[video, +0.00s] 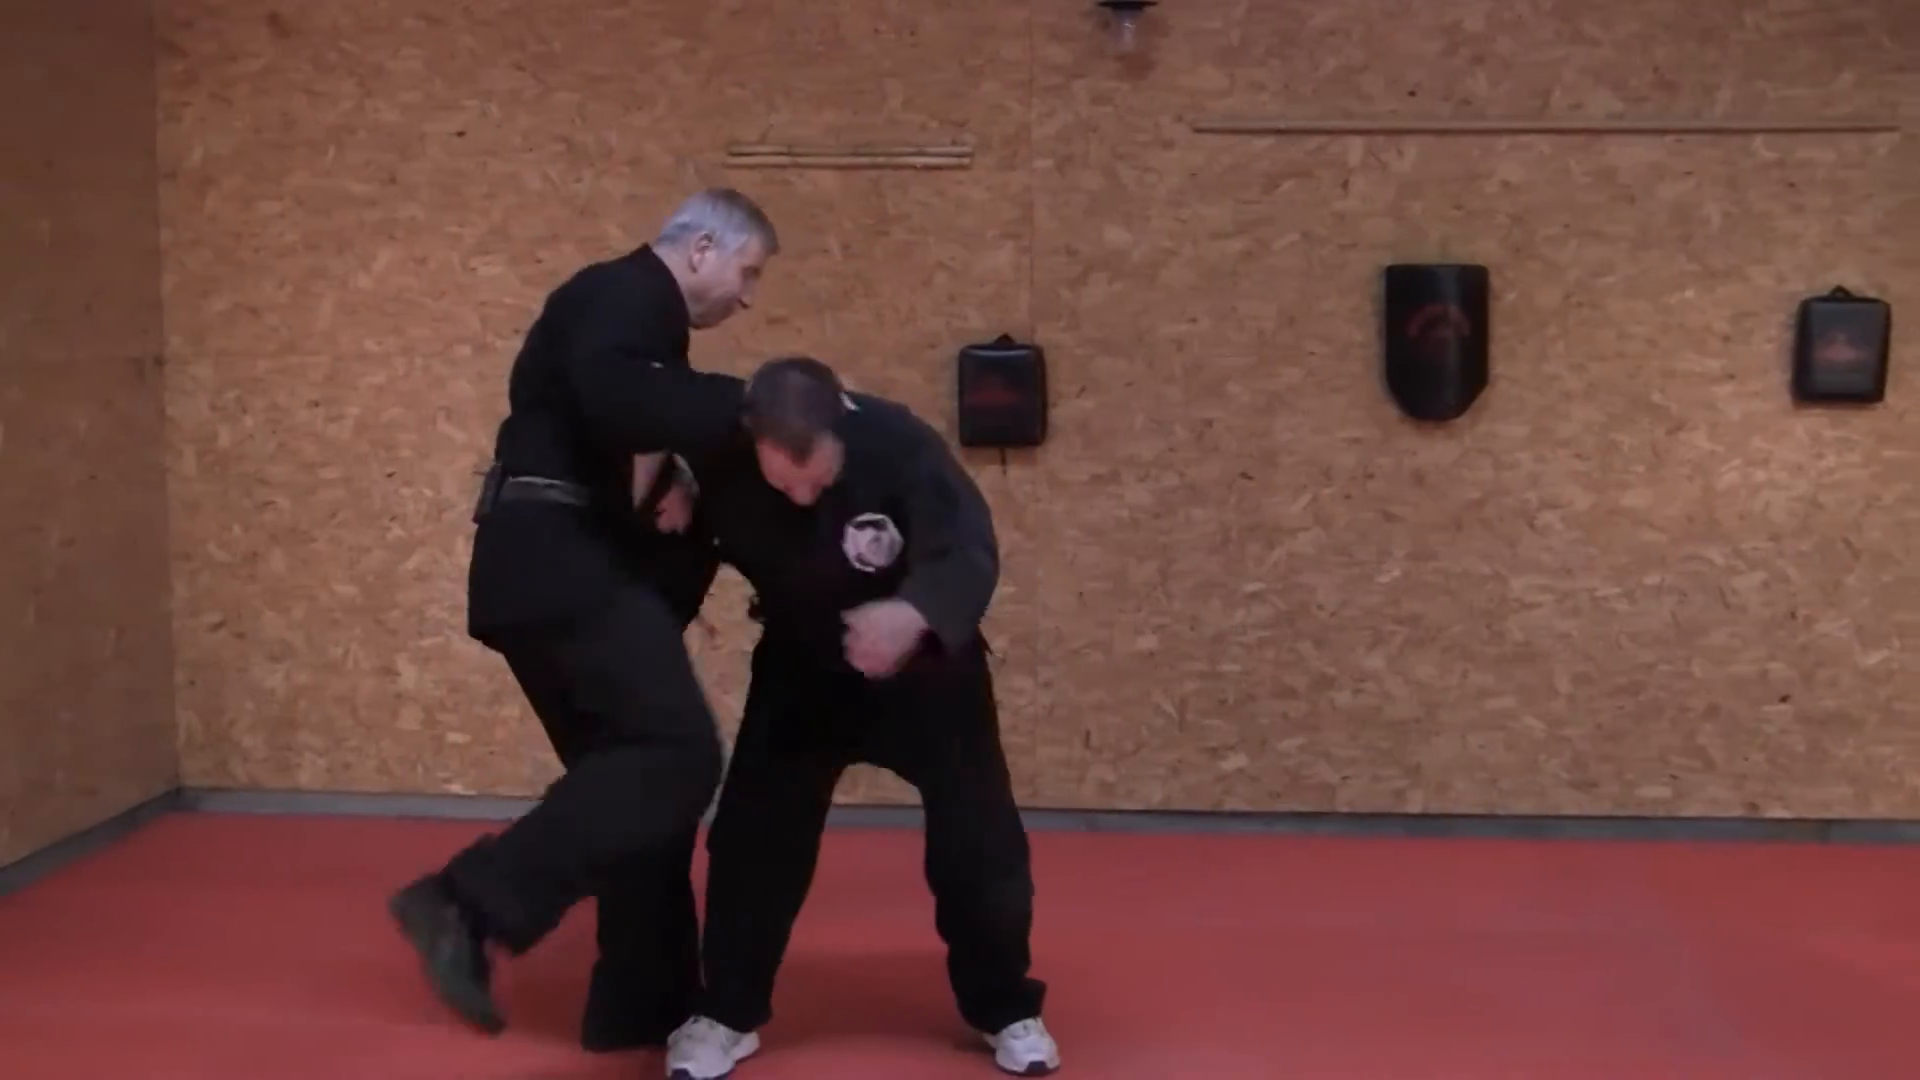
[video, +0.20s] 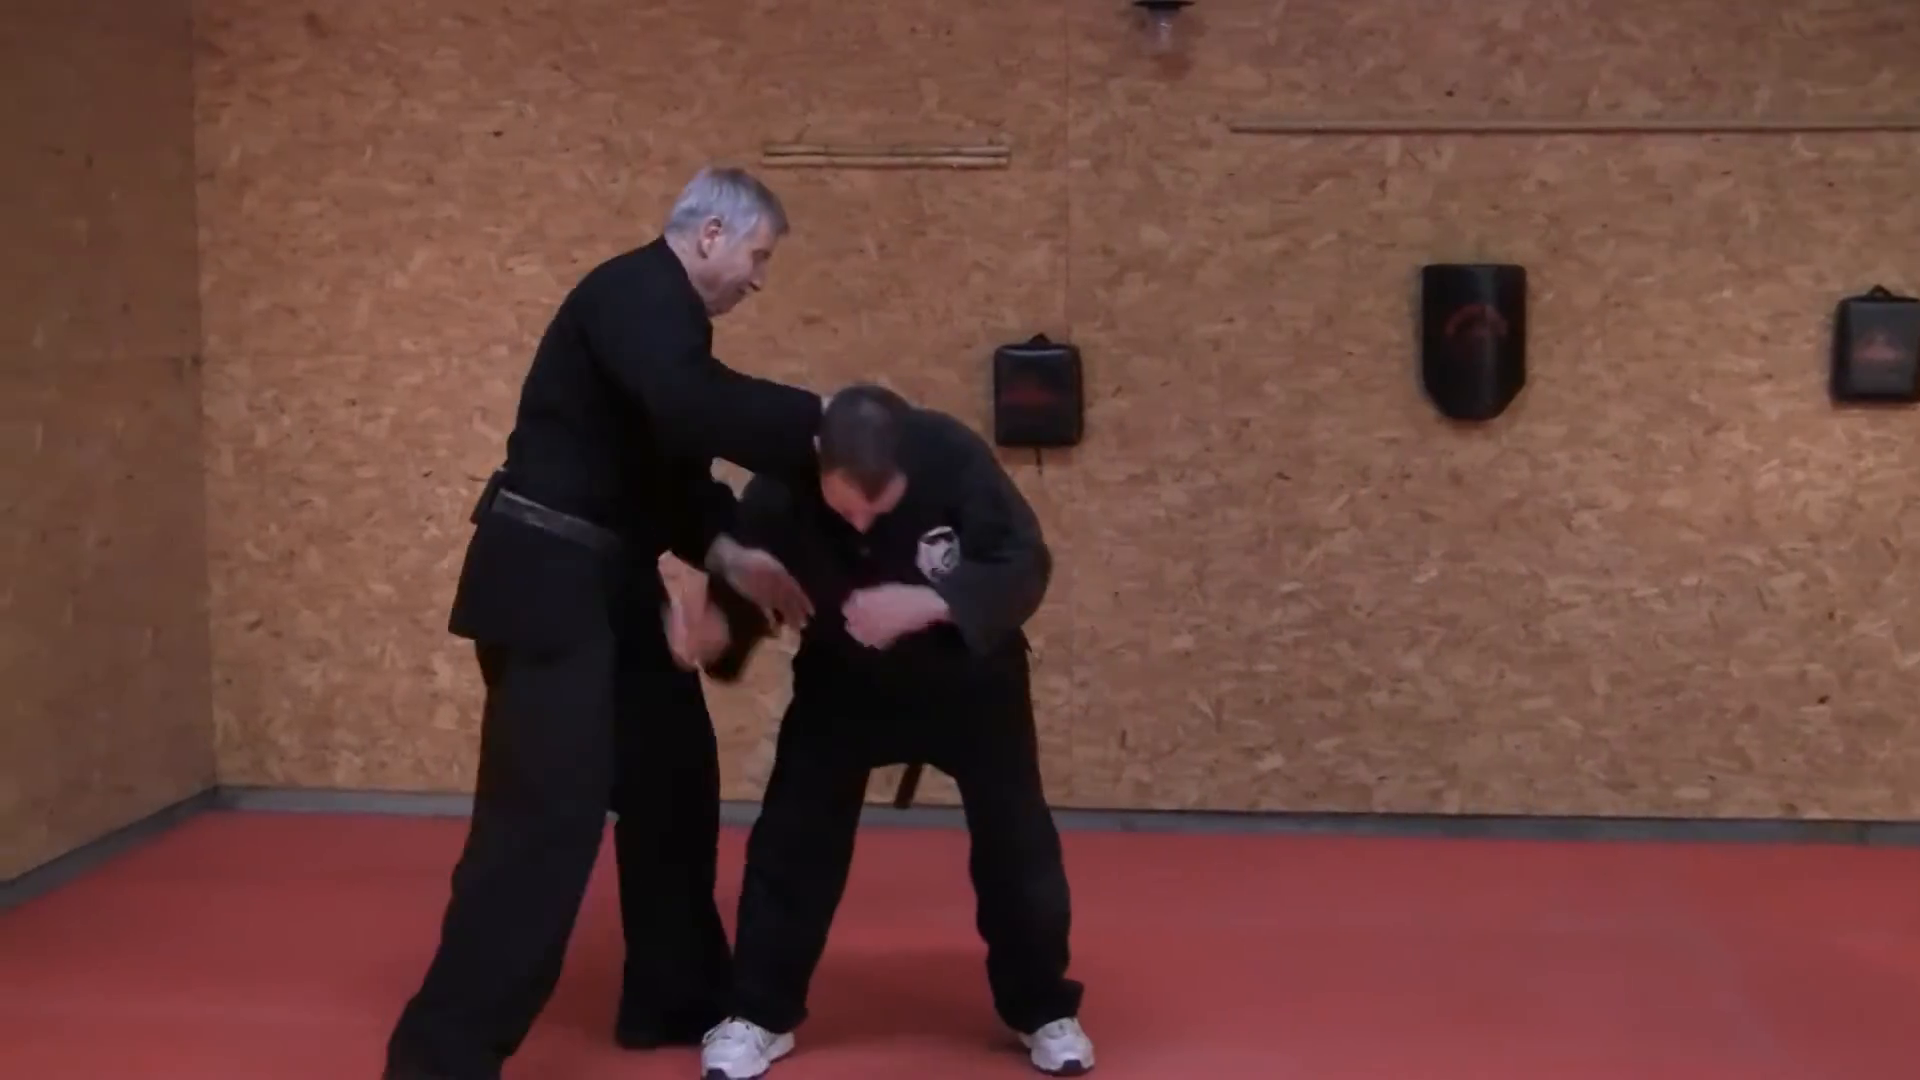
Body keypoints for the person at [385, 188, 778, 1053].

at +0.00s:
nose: (746, 299)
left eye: (754, 280)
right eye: (747, 275)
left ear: (689, 245)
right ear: (702, 249)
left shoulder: (620, 308)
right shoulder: (628, 293)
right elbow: (617, 392)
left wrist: (675, 482)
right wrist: (751, 406)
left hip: (538, 560)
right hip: (559, 557)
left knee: (628, 773)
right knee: (678, 754)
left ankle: (641, 1009)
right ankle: (463, 903)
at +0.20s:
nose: (758, 282)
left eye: (764, 264)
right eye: (756, 259)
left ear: (705, 239)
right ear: (706, 236)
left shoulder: (668, 318)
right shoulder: (636, 290)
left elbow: (660, 474)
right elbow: (686, 407)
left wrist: (735, 553)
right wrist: (826, 419)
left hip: (615, 583)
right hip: (548, 579)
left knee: (676, 772)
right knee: (544, 817)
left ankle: (672, 1000)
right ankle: (444, 1052)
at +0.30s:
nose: (759, 286)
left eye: (765, 268)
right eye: (758, 263)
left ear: (704, 242)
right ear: (708, 239)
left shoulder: (662, 321)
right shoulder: (640, 300)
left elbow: (643, 496)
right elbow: (691, 418)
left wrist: (719, 577)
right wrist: (827, 436)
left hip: (605, 602)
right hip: (543, 598)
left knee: (699, 771)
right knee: (539, 838)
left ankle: (685, 988)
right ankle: (455, 1056)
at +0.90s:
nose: (791, 296)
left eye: (801, 277)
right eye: (776, 275)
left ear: (807, 269)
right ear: (720, 252)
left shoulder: (799, 333)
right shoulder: (637, 325)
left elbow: (866, 423)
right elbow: (663, 466)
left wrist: (885, 436)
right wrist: (779, 499)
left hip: (727, 580)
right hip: (611, 578)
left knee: (789, 772)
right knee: (586, 803)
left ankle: (787, 978)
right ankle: (552, 1034)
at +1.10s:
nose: (780, 346)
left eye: (790, 326)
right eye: (762, 328)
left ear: (801, 312)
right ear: (706, 308)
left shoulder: (803, 369)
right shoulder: (632, 378)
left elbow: (891, 454)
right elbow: (620, 533)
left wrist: (816, 493)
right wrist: (752, 533)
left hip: (747, 602)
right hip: (624, 610)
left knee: (805, 785)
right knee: (594, 813)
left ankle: (798, 975)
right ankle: (556, 1026)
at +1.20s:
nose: (776, 346)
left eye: (786, 325)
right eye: (757, 327)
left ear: (797, 312)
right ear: (702, 309)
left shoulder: (808, 374)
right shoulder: (631, 393)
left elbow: (889, 459)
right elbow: (613, 557)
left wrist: (812, 509)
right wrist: (736, 556)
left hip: (756, 609)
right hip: (630, 618)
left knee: (809, 788)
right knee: (609, 815)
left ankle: (798, 972)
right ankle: (557, 1029)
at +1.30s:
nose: (773, 343)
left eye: (785, 323)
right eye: (754, 325)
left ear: (798, 311)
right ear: (702, 308)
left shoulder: (810, 375)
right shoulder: (637, 394)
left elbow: (886, 465)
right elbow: (629, 562)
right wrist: (768, 597)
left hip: (762, 608)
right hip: (635, 614)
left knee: (803, 791)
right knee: (617, 808)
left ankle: (798, 972)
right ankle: (559, 1028)